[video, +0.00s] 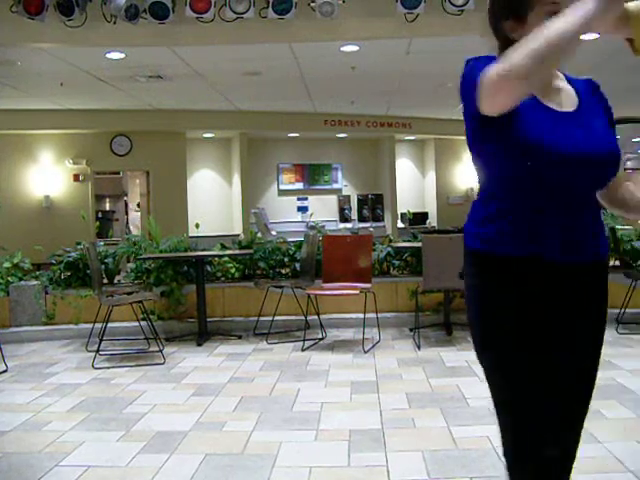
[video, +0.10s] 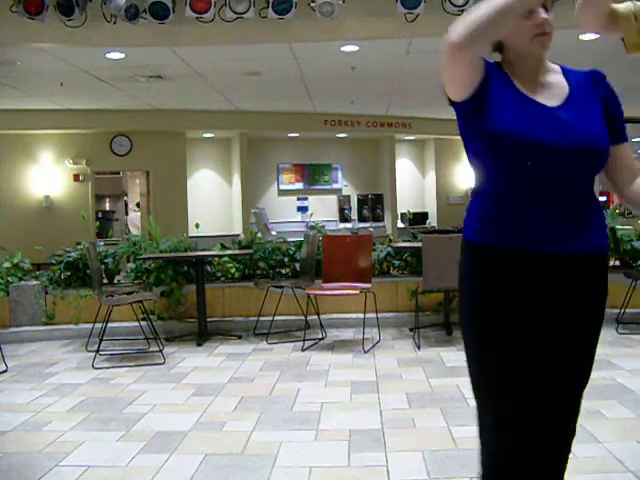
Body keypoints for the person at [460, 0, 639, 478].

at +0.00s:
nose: (567, 20)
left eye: (568, 11)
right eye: (553, 11)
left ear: (578, 25)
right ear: (514, 22)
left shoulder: (589, 94)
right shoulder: (483, 77)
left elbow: (614, 184)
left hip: (582, 271)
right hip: (506, 271)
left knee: (564, 436)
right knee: (531, 439)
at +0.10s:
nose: (542, 18)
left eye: (546, 8)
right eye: (526, 11)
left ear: (555, 15)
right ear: (499, 25)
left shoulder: (593, 88)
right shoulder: (480, 86)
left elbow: (630, 179)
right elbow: (458, 42)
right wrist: (515, 1)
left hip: (578, 267)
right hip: (497, 266)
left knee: (556, 422)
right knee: (506, 425)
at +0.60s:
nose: (452, 35)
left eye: (464, 23)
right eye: (446, 28)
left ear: (496, 29)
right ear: (442, 37)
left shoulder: (525, 88)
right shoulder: (445, 91)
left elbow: (557, 177)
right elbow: (394, 67)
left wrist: (526, 139)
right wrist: (393, 2)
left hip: (515, 262)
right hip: (456, 262)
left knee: (512, 405)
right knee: (431, 398)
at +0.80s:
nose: (413, 35)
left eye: (426, 26)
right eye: (414, 25)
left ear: (457, 39)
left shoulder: (474, 91)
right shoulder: (431, 96)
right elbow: (392, 103)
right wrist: (355, 56)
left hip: (468, 264)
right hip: (428, 264)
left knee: (464, 394)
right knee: (421, 400)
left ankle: (529, 479)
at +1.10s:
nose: (374, 67)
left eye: (379, 58)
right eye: (375, 60)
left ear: (401, 60)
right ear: (416, 60)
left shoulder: (407, 94)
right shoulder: (439, 107)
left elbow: (327, 49)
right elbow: (397, 153)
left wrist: (348, 5)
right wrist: (349, 165)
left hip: (399, 271)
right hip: (441, 268)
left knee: (354, 390)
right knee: (418, 395)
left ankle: (376, 478)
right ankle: (435, 478)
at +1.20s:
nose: (361, 65)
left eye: (366, 56)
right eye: (362, 57)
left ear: (386, 57)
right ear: (415, 58)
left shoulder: (384, 87)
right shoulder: (440, 116)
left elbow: (312, 33)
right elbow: (420, 182)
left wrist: (349, 3)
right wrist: (357, 195)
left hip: (380, 260)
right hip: (435, 258)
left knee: (351, 391)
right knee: (423, 396)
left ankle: (332, 476)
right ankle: (434, 478)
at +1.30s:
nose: (356, 66)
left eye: (360, 58)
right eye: (358, 58)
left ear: (374, 61)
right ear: (412, 62)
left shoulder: (364, 96)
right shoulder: (441, 119)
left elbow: (305, 39)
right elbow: (444, 188)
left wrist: (362, 8)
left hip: (366, 260)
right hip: (427, 259)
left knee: (341, 389)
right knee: (422, 391)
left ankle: (322, 474)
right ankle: (433, 476)